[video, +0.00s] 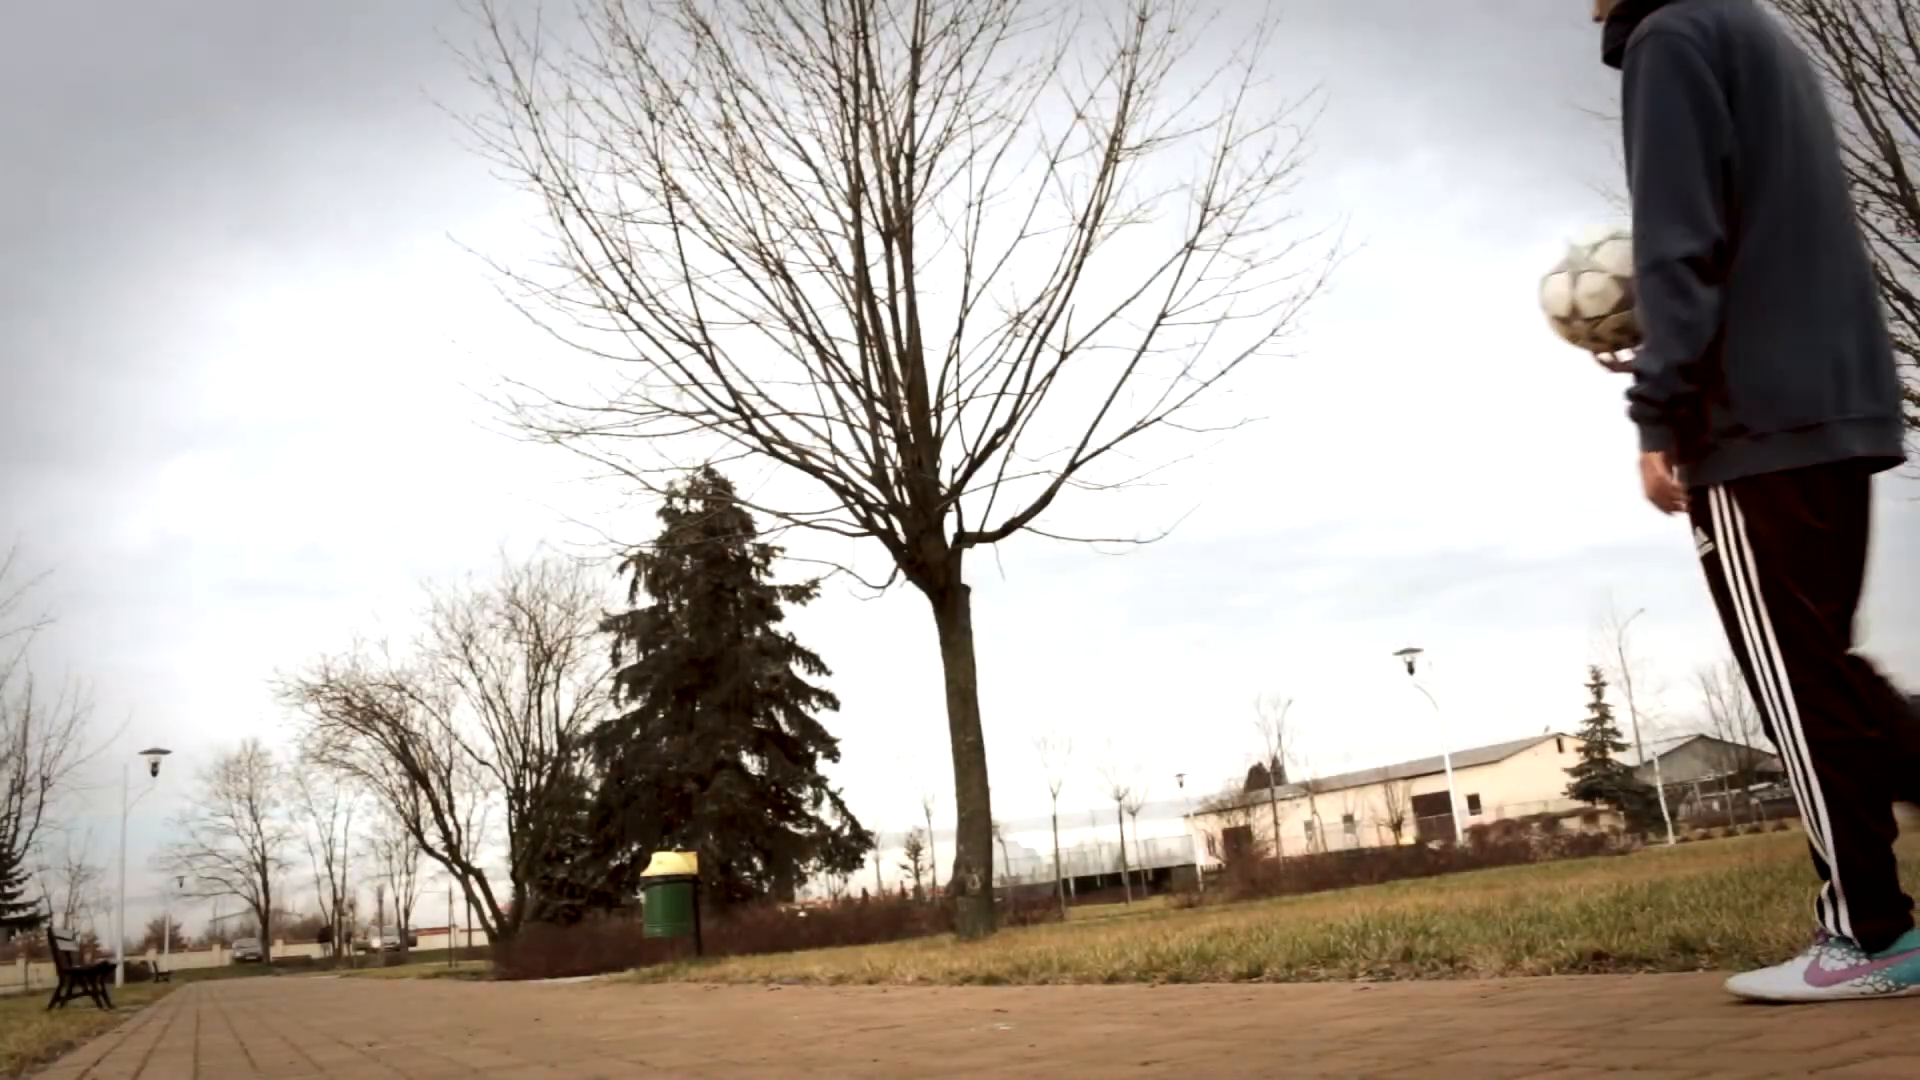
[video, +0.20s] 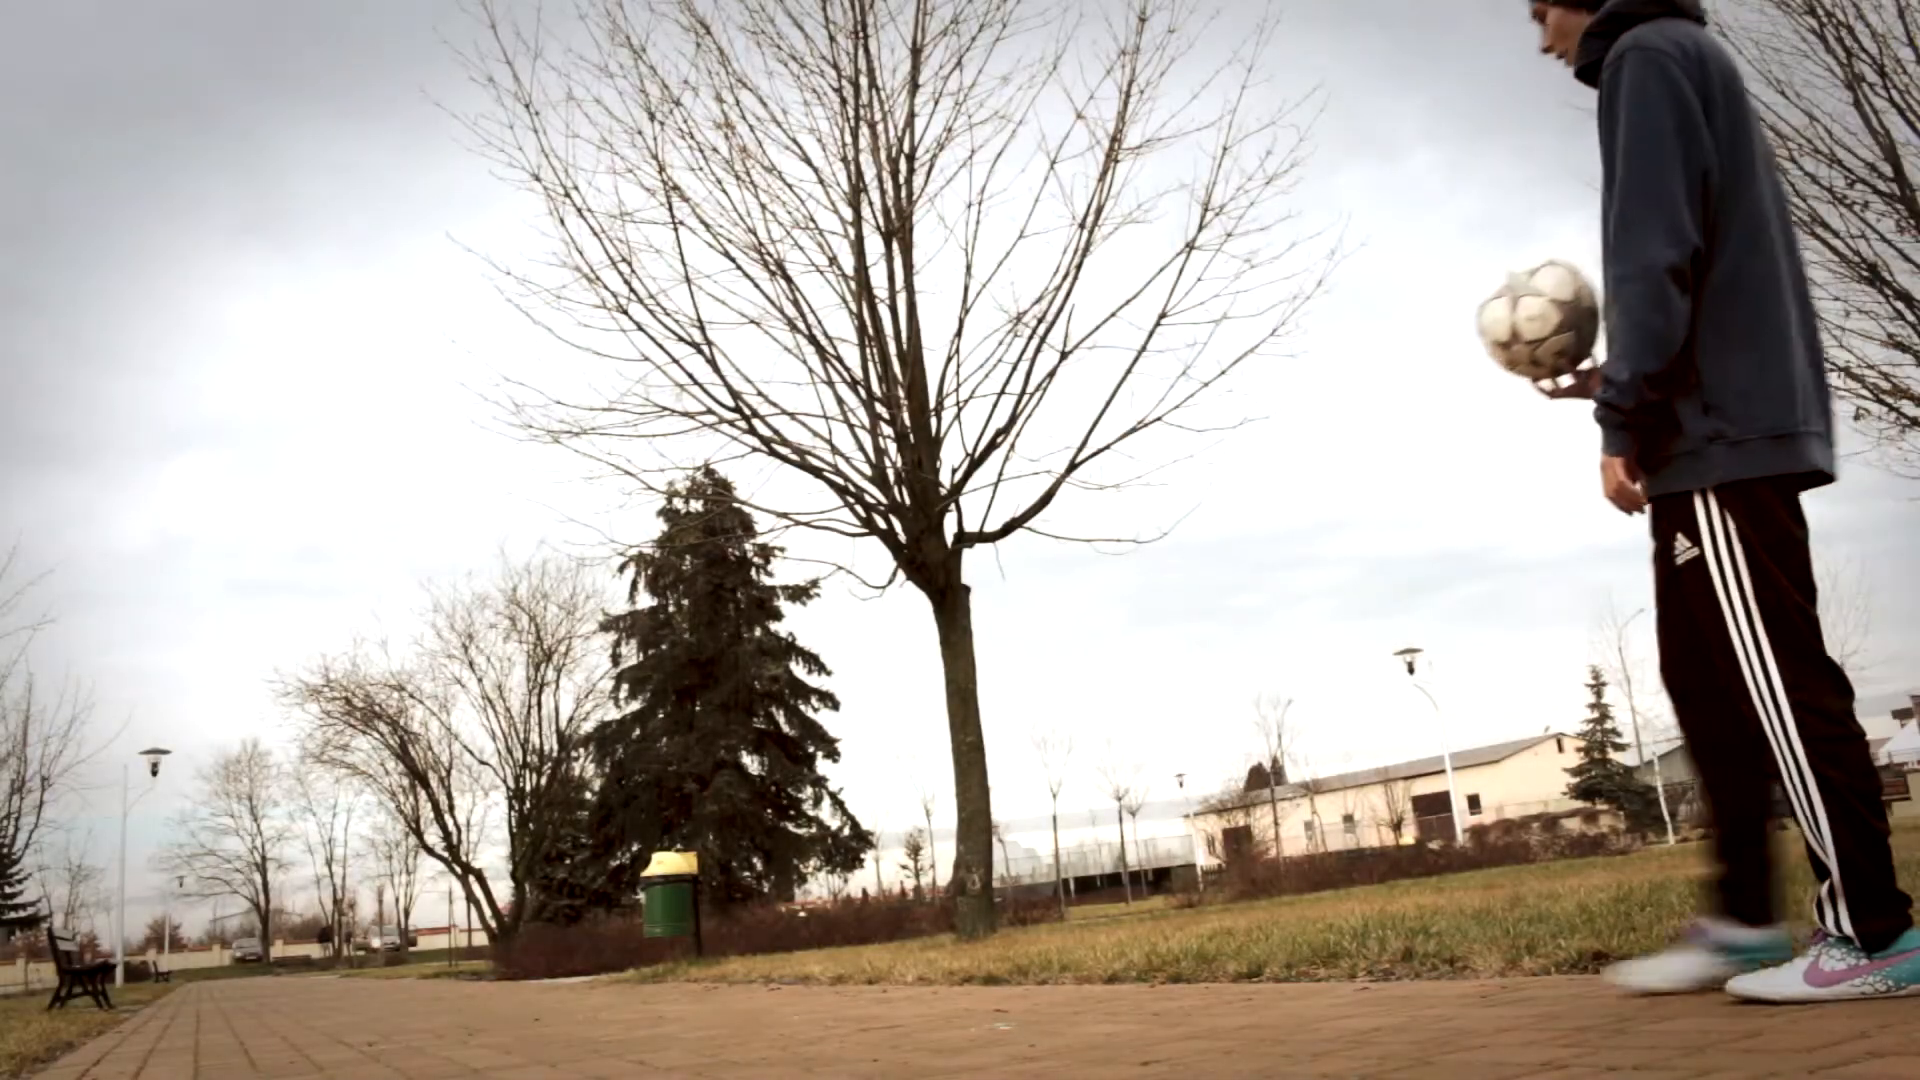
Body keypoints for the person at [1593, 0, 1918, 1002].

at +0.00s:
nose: (1591, 15)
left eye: (1593, 4)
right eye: (1592, 7)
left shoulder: (1670, 43)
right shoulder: (1764, 43)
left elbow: (1680, 243)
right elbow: (1774, 239)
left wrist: (1654, 419)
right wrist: (1653, 317)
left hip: (1760, 421)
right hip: (1833, 408)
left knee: (1792, 681)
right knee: (1823, 666)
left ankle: (1867, 934)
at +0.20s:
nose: (1541, 39)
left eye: (1542, 15)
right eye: (1537, 21)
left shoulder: (1648, 59)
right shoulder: (1674, 58)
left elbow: (1654, 251)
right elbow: (1688, 257)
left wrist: (1622, 420)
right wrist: (1602, 354)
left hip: (1726, 425)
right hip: (1705, 430)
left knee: (1780, 678)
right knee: (1700, 675)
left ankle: (1869, 935)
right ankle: (1743, 921)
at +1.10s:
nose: (1395, 144)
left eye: (1402, 120)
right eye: (1379, 135)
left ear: (1448, 98)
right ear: (1380, 144)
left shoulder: (1537, 165)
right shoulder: (1415, 241)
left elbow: (1600, 307)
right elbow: (1407, 391)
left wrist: (1618, 444)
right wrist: (1375, 489)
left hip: (1578, 490)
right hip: (1494, 517)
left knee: (1605, 721)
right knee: (1557, 732)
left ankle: (1632, 943)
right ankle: (1621, 933)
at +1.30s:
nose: (1397, 143)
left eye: (1405, 119)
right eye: (1381, 135)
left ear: (1451, 99)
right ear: (1381, 144)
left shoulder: (1537, 167)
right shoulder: (1417, 235)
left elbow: (1597, 310)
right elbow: (1423, 393)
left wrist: (1586, 454)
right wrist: (1414, 505)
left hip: (1566, 498)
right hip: (1474, 519)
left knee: (1596, 714)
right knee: (1463, 703)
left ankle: (1631, 942)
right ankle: (1581, 906)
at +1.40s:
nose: (1390, 145)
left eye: (1399, 121)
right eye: (1375, 136)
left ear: (1445, 102)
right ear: (1376, 145)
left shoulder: (1529, 170)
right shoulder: (1418, 231)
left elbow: (1582, 316)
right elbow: (1439, 369)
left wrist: (1569, 462)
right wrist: (1447, 478)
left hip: (1559, 502)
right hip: (1465, 513)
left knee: (1600, 727)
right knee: (1417, 680)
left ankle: (1628, 944)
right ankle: (1515, 893)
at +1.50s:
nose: (1379, 149)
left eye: (1387, 125)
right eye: (1364, 139)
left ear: (1431, 103)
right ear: (1366, 143)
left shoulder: (1520, 171)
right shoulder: (1412, 231)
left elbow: (1564, 322)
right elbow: (1449, 364)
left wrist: (1553, 469)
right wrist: (1452, 466)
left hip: (1563, 497)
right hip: (1465, 509)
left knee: (1602, 726)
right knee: (1422, 700)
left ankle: (1627, 943)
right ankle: (1409, 904)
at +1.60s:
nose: (1373, 149)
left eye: (1380, 124)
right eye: (1357, 138)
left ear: (1425, 103)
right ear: (1359, 142)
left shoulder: (1516, 171)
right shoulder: (1405, 232)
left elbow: (1558, 325)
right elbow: (1445, 370)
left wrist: (1536, 469)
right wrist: (1448, 490)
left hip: (1563, 504)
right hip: (1463, 519)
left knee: (1602, 732)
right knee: (1435, 718)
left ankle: (1628, 944)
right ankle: (1399, 907)